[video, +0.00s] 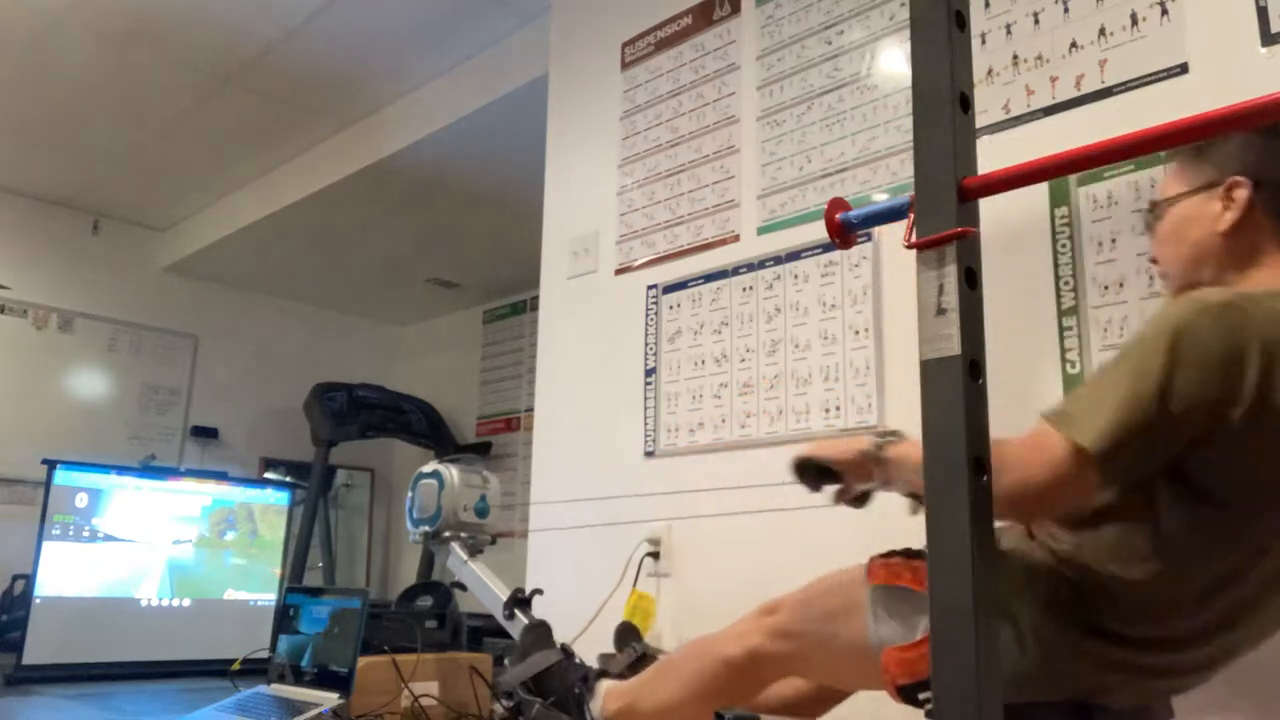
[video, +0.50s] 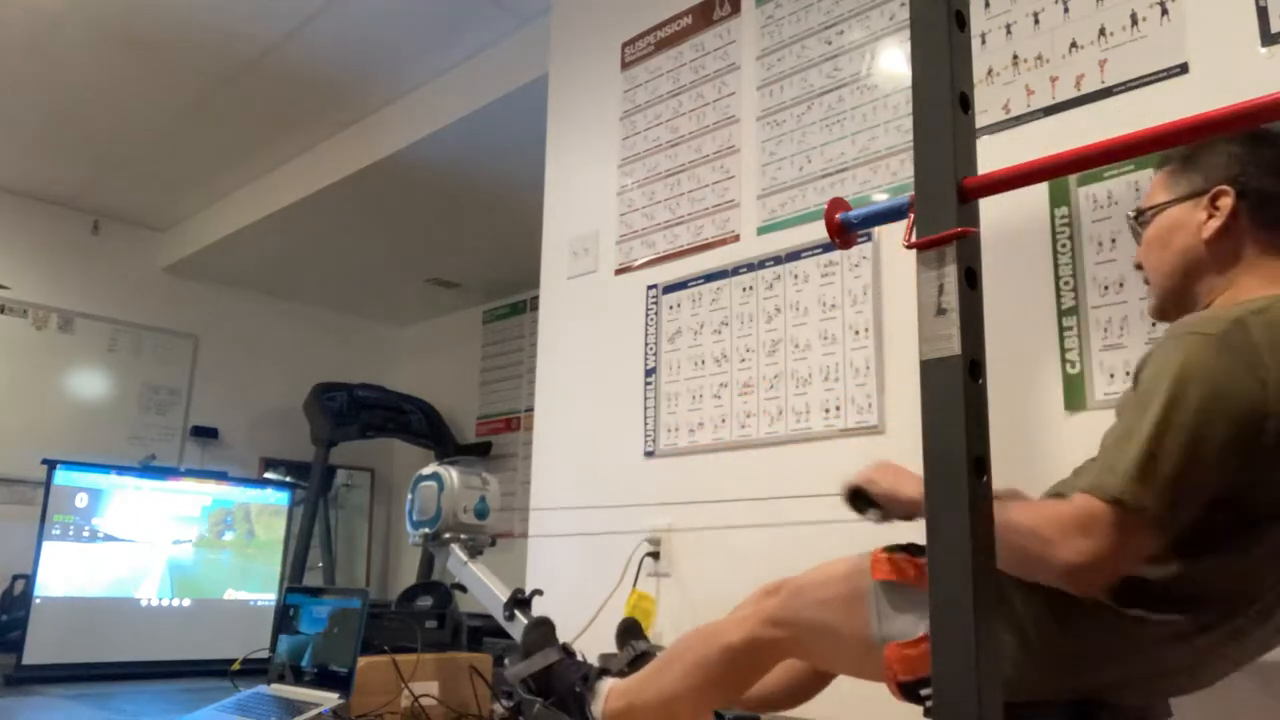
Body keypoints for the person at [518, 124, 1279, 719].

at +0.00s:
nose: (1150, 236)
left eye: (1164, 207)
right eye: (1152, 212)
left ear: (1234, 204)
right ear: (1240, 209)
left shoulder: (1215, 324)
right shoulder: (1260, 329)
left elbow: (1039, 473)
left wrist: (885, 458)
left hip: (1044, 621)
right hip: (1133, 662)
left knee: (779, 629)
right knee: (837, 667)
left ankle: (608, 705)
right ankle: (694, 709)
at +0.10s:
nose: (1165, 244)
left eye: (1177, 214)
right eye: (1166, 218)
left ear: (1249, 210)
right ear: (1252, 214)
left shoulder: (1240, 331)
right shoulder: (1259, 335)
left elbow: (1113, 524)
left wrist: (946, 474)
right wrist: (975, 492)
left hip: (1053, 627)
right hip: (1117, 651)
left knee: (780, 627)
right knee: (839, 650)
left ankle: (605, 705)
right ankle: (693, 713)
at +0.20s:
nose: (1153, 242)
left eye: (1167, 212)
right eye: (1155, 218)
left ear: (1239, 209)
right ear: (1241, 214)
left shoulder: (1253, 331)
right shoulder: (1244, 331)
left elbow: (1220, 567)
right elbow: (1217, 552)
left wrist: (1029, 503)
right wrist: (1036, 507)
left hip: (1072, 616)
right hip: (1085, 610)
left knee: (785, 623)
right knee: (833, 633)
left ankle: (605, 704)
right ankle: (670, 707)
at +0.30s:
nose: (1149, 242)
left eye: (1163, 213)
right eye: (1152, 219)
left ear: (1233, 212)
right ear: (1236, 217)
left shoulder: (1254, 334)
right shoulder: (1245, 334)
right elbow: (1230, 560)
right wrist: (1041, 519)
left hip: (1072, 621)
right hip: (1104, 632)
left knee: (787, 627)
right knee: (832, 632)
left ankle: (605, 705)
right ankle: (648, 699)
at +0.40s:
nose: (1149, 243)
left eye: (1163, 214)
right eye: (1152, 219)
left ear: (1233, 214)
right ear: (1237, 218)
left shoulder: (1245, 342)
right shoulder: (1251, 336)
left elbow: (1187, 580)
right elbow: (1204, 569)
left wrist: (1011, 514)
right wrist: (1017, 523)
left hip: (1059, 625)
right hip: (1098, 632)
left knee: (784, 621)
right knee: (834, 634)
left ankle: (606, 703)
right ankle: (676, 709)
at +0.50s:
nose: (1138, 245)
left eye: (1151, 216)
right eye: (1142, 222)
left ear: (1220, 213)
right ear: (1229, 217)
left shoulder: (1218, 351)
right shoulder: (1262, 341)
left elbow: (1093, 546)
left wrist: (926, 493)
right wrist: (975, 515)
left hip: (1068, 642)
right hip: (1131, 650)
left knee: (784, 609)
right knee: (837, 623)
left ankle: (609, 704)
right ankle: (689, 707)